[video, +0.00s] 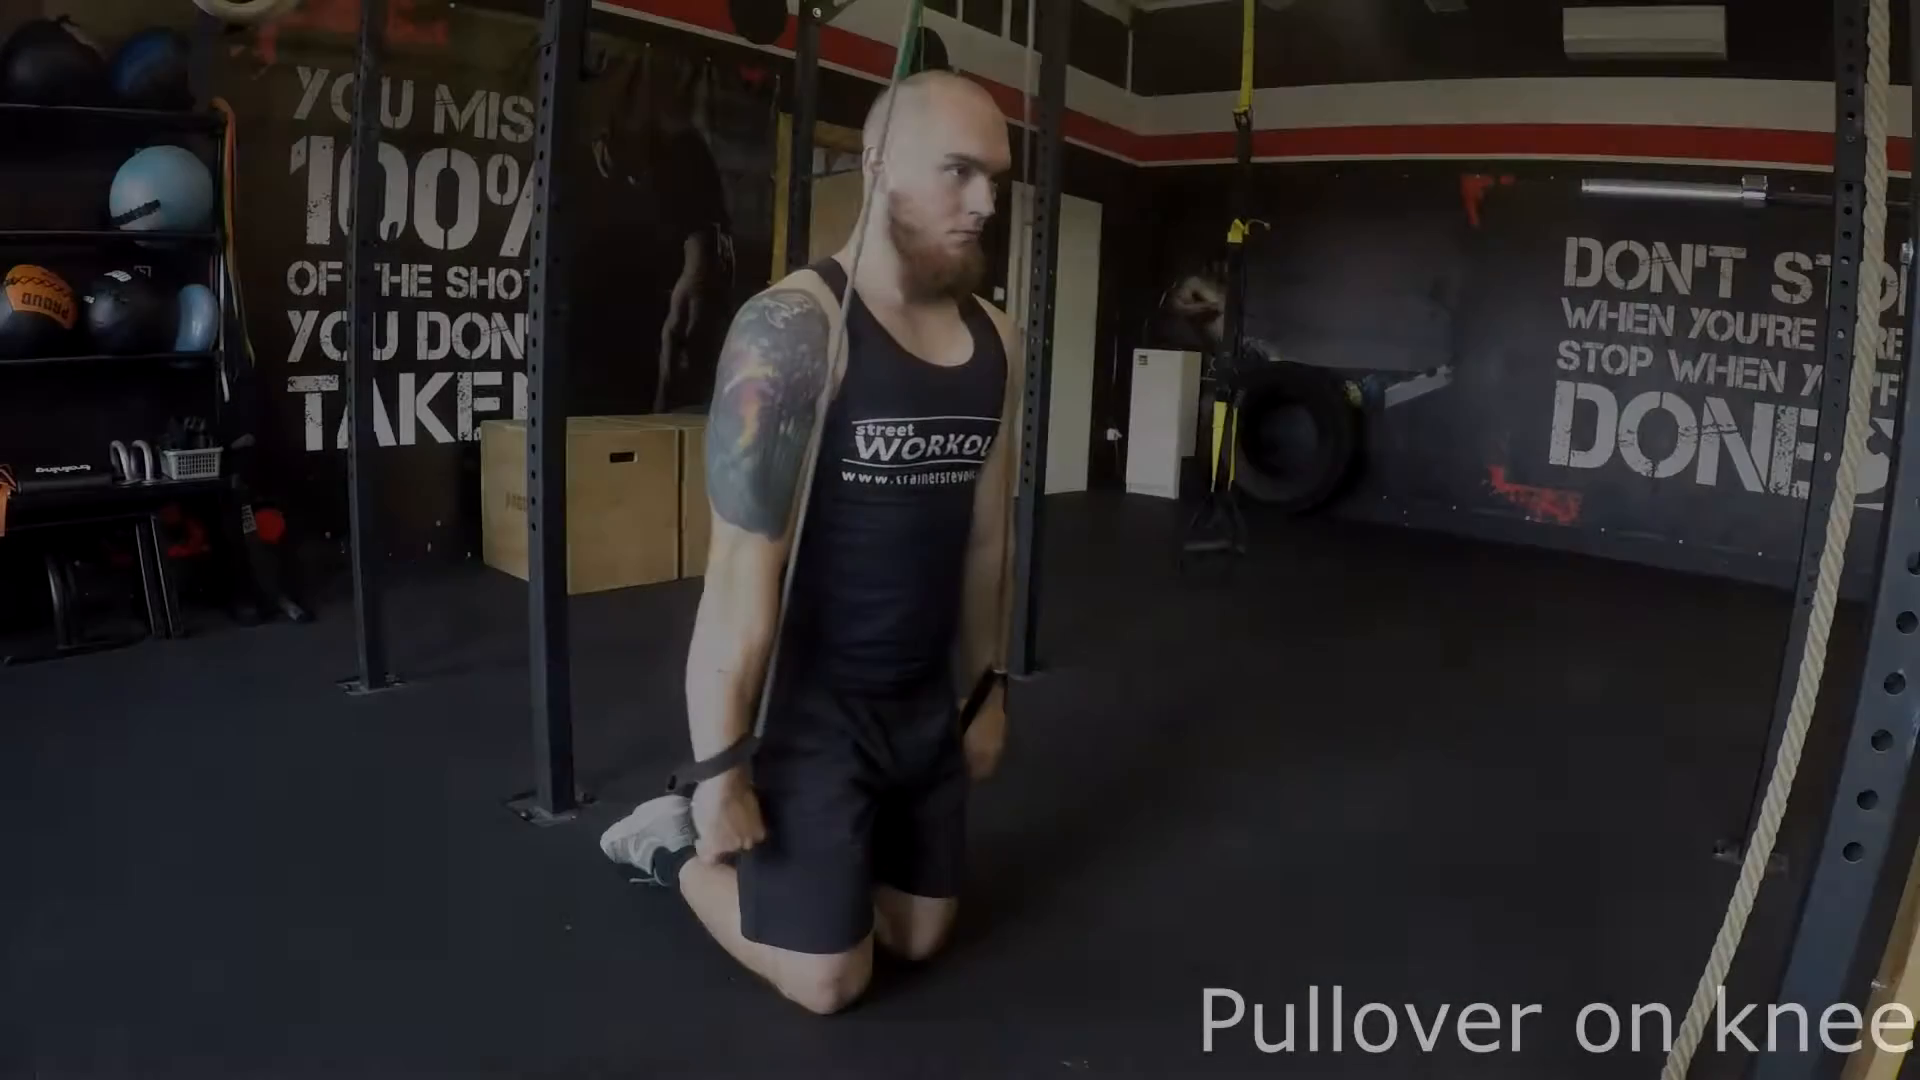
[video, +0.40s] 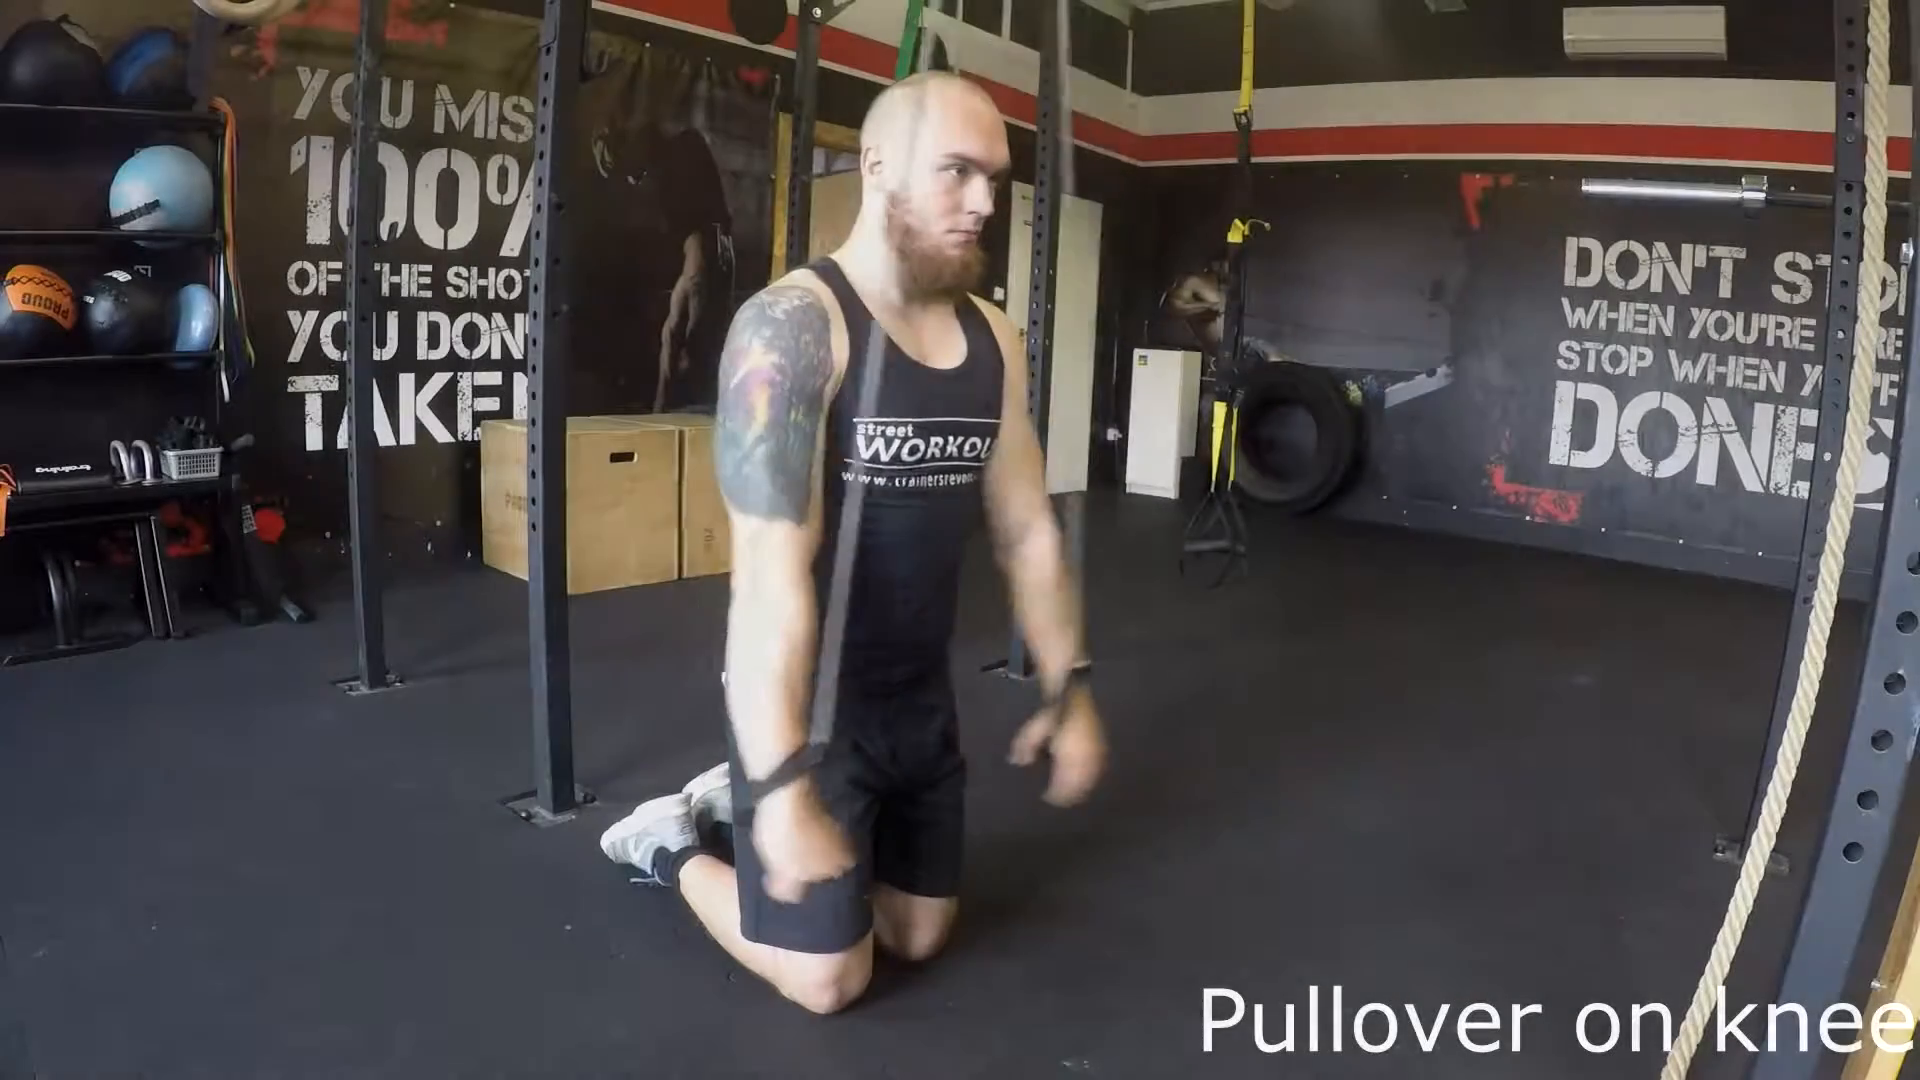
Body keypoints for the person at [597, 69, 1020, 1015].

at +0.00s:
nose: (983, 204)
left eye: (995, 179)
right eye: (958, 172)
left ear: (1003, 187)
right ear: (879, 167)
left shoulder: (990, 337)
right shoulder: (789, 329)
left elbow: (988, 530)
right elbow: (744, 564)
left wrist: (986, 682)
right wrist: (721, 768)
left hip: (923, 698)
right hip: (804, 705)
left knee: (918, 931)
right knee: (826, 979)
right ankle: (682, 845)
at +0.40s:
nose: (982, 203)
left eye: (995, 179)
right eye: (956, 170)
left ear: (1002, 190)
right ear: (876, 170)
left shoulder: (990, 339)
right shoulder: (789, 329)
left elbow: (1026, 528)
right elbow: (770, 577)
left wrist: (1066, 685)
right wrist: (784, 788)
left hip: (919, 700)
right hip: (812, 711)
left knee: (918, 931)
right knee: (826, 980)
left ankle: (730, 814)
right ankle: (671, 854)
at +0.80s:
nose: (965, 205)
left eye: (976, 181)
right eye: (938, 176)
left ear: (981, 184)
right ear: (859, 171)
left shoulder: (976, 307)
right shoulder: (785, 296)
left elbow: (1125, 348)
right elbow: (944, 335)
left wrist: (1328, 412)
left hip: (914, 684)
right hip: (797, 684)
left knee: (916, 931)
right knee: (821, 980)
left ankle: (750, 808)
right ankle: (675, 851)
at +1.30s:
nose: (980, 209)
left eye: (994, 186)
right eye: (955, 179)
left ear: (998, 191)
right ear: (875, 173)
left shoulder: (989, 316)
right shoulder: (802, 308)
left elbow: (1146, 403)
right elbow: (961, 440)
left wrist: (1321, 495)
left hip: (914, 685)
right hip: (796, 686)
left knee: (916, 928)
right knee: (822, 982)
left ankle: (750, 810)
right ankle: (678, 852)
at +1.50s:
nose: (989, 205)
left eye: (1000, 180)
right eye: (963, 173)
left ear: (1007, 189)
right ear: (882, 174)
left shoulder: (1000, 333)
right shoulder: (804, 324)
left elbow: (1091, 492)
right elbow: (858, 549)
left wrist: (1194, 647)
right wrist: (939, 757)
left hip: (919, 678)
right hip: (802, 685)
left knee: (916, 932)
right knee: (824, 980)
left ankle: (748, 808)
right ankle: (673, 852)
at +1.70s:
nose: (995, 204)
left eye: (1007, 180)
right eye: (968, 173)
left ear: (1011, 188)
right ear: (889, 171)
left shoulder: (1000, 340)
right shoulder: (803, 334)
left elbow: (1035, 534)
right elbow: (778, 590)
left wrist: (1077, 687)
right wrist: (775, 796)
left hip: (921, 696)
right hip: (813, 704)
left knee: (916, 932)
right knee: (825, 982)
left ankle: (730, 808)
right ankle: (672, 853)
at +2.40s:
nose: (995, 205)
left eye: (1005, 179)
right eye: (968, 173)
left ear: (1009, 187)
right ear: (892, 173)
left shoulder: (997, 335)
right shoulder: (795, 334)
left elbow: (1016, 531)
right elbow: (760, 580)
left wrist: (1041, 684)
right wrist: (757, 785)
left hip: (921, 693)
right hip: (809, 700)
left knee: (916, 933)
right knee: (826, 980)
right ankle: (677, 849)